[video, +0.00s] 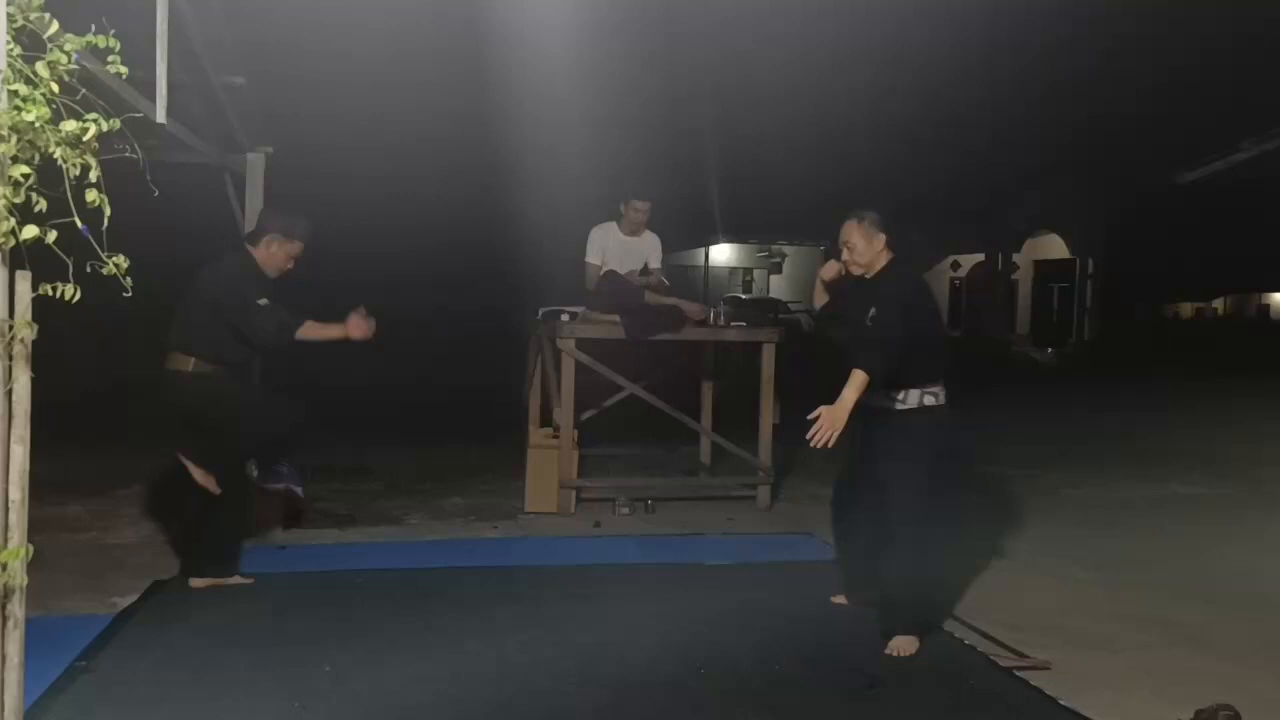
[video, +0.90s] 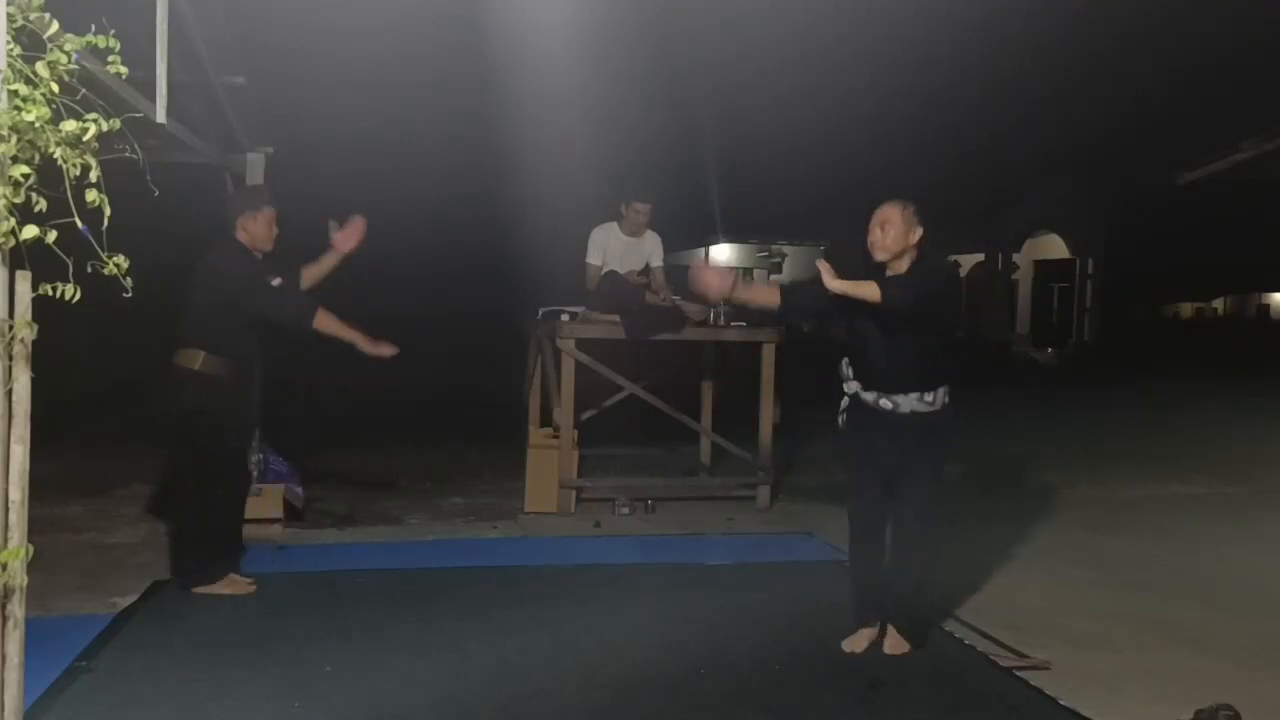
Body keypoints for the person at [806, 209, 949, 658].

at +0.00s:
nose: (845, 255)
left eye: (851, 246)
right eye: (843, 247)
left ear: (880, 242)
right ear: (868, 246)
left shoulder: (900, 285)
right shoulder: (867, 286)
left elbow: (875, 349)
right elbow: (833, 324)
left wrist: (843, 405)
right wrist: (823, 284)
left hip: (916, 416)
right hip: (875, 413)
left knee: (908, 514)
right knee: (852, 497)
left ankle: (910, 621)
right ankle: (861, 584)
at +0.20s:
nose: (863, 279)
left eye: (871, 270)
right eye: (859, 270)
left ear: (900, 269)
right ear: (856, 271)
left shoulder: (923, 318)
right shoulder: (856, 305)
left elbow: (897, 394)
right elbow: (817, 362)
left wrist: (835, 422)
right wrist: (824, 303)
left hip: (924, 436)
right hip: (875, 429)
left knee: (912, 531)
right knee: (850, 502)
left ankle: (909, 629)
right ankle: (887, 552)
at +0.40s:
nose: (861, 314)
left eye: (870, 304)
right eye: (857, 305)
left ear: (900, 303)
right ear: (855, 306)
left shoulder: (929, 349)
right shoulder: (861, 347)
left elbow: (935, 431)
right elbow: (847, 422)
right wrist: (852, 381)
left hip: (923, 464)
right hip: (870, 457)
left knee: (914, 547)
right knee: (866, 544)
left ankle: (910, 630)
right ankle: (870, 621)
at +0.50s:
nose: (857, 338)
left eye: (866, 327)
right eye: (854, 328)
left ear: (897, 328)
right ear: (851, 330)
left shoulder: (930, 369)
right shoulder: (855, 375)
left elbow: (949, 438)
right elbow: (848, 452)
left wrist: (924, 454)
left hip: (919, 484)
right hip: (869, 482)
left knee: (913, 557)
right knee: (868, 552)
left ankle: (909, 633)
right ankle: (871, 626)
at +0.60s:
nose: (862, 336)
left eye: (872, 327)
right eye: (859, 327)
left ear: (902, 330)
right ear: (856, 330)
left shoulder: (929, 367)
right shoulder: (855, 375)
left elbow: (947, 409)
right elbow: (837, 451)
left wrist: (897, 385)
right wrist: (880, 484)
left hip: (920, 478)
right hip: (868, 477)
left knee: (913, 556)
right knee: (867, 553)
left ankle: (909, 630)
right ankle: (871, 627)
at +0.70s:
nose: (874, 311)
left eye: (883, 302)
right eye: (869, 303)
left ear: (911, 306)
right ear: (863, 307)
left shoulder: (937, 343)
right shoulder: (856, 352)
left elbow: (922, 362)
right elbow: (821, 423)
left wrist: (863, 325)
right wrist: (819, 493)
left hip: (922, 472)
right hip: (869, 467)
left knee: (915, 554)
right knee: (868, 551)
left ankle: (908, 630)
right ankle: (872, 626)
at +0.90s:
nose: (875, 233)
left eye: (886, 225)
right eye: (873, 226)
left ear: (916, 234)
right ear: (869, 235)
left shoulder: (939, 278)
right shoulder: (858, 284)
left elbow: (907, 296)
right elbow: (798, 298)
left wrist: (842, 287)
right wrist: (734, 288)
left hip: (922, 421)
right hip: (864, 418)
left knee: (912, 523)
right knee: (864, 521)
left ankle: (901, 623)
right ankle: (868, 619)